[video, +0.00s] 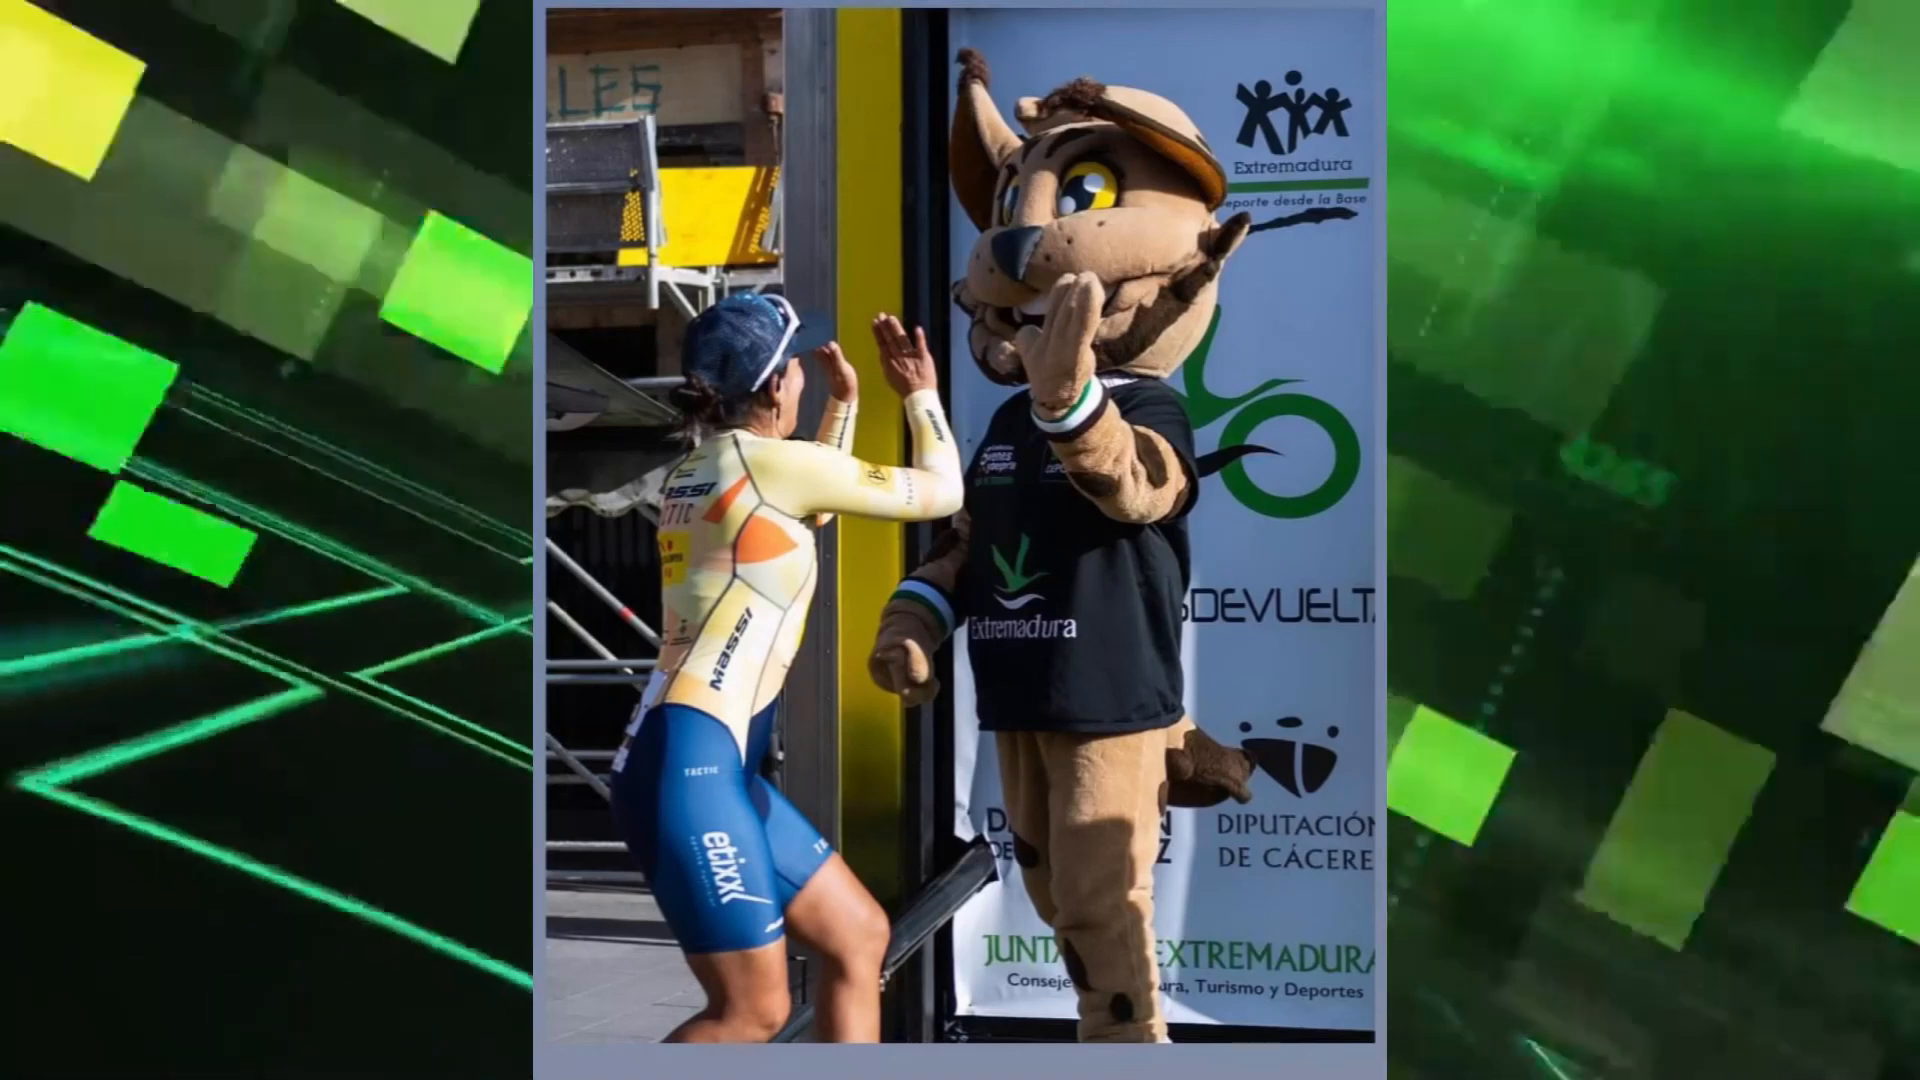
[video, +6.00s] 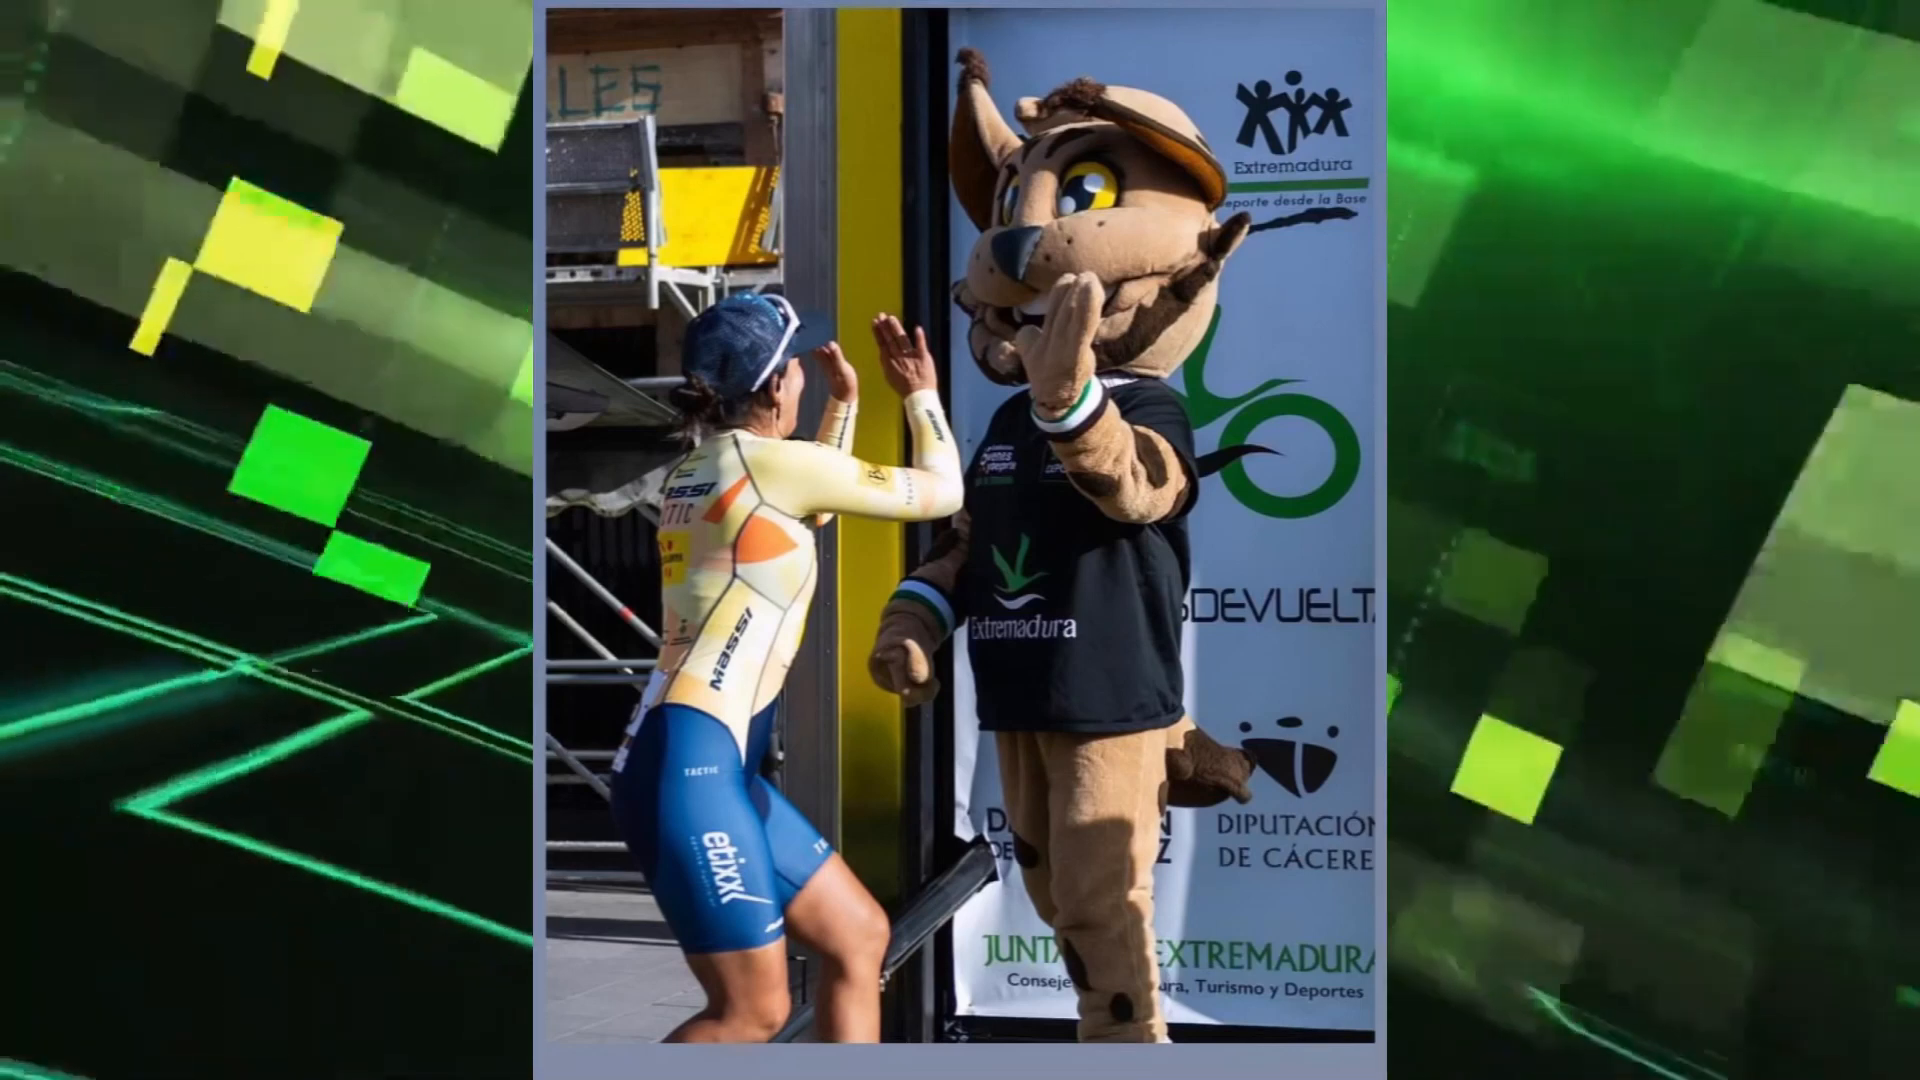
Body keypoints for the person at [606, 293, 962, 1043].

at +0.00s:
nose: (804, 376)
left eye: (800, 362)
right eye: (797, 363)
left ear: (714, 388)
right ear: (777, 380)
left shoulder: (693, 471)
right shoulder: (779, 465)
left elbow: (798, 495)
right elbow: (938, 492)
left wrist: (840, 413)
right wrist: (924, 396)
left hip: (714, 769)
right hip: (686, 774)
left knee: (860, 934)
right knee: (754, 1010)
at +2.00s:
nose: (804, 377)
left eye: (800, 363)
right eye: (797, 364)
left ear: (715, 387)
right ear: (777, 380)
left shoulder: (693, 471)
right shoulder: (777, 464)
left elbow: (799, 496)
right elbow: (939, 492)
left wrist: (840, 413)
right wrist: (924, 396)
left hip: (714, 770)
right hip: (686, 774)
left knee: (860, 933)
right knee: (754, 1009)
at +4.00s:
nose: (803, 377)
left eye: (800, 363)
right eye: (796, 364)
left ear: (715, 387)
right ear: (776, 380)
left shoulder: (692, 471)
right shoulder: (778, 465)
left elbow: (797, 494)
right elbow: (939, 492)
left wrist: (840, 412)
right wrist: (924, 395)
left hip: (714, 770)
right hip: (686, 774)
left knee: (860, 934)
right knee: (754, 1010)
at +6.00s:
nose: (803, 377)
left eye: (799, 363)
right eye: (796, 364)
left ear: (715, 387)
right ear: (776, 380)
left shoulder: (692, 471)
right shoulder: (778, 465)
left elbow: (798, 494)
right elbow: (938, 492)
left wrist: (840, 412)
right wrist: (924, 395)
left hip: (714, 770)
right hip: (686, 774)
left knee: (860, 934)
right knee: (754, 1010)